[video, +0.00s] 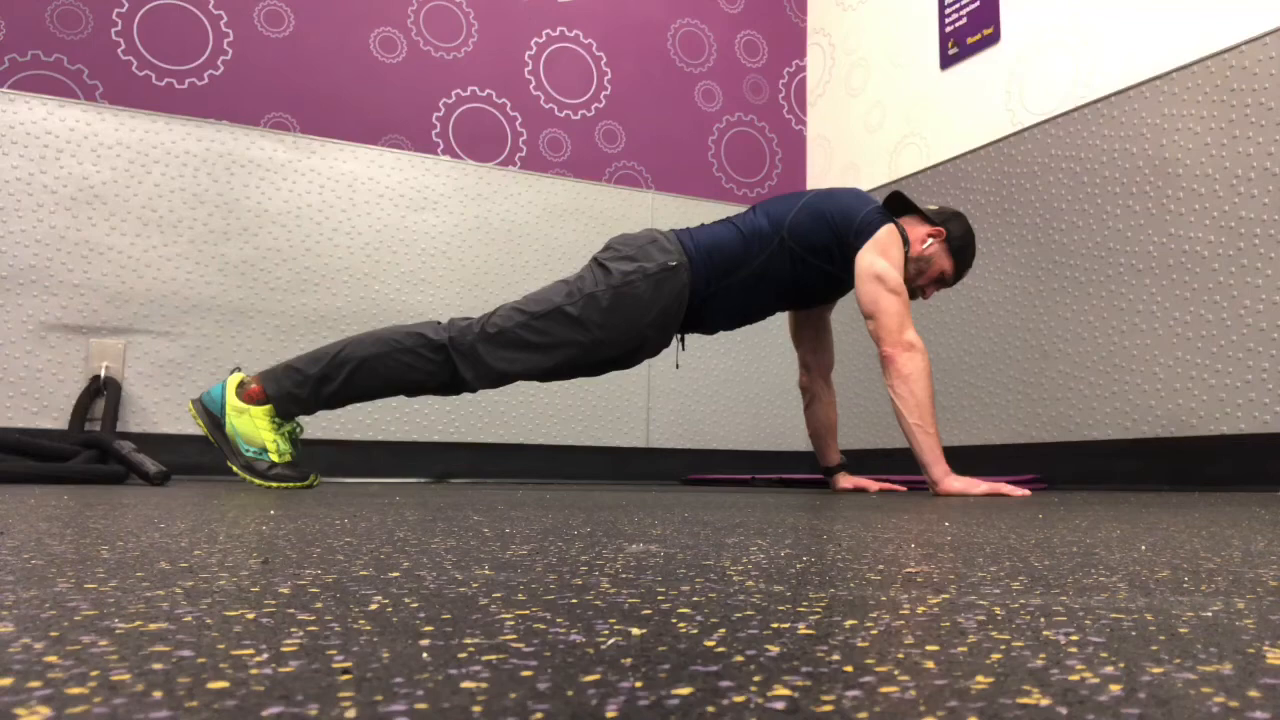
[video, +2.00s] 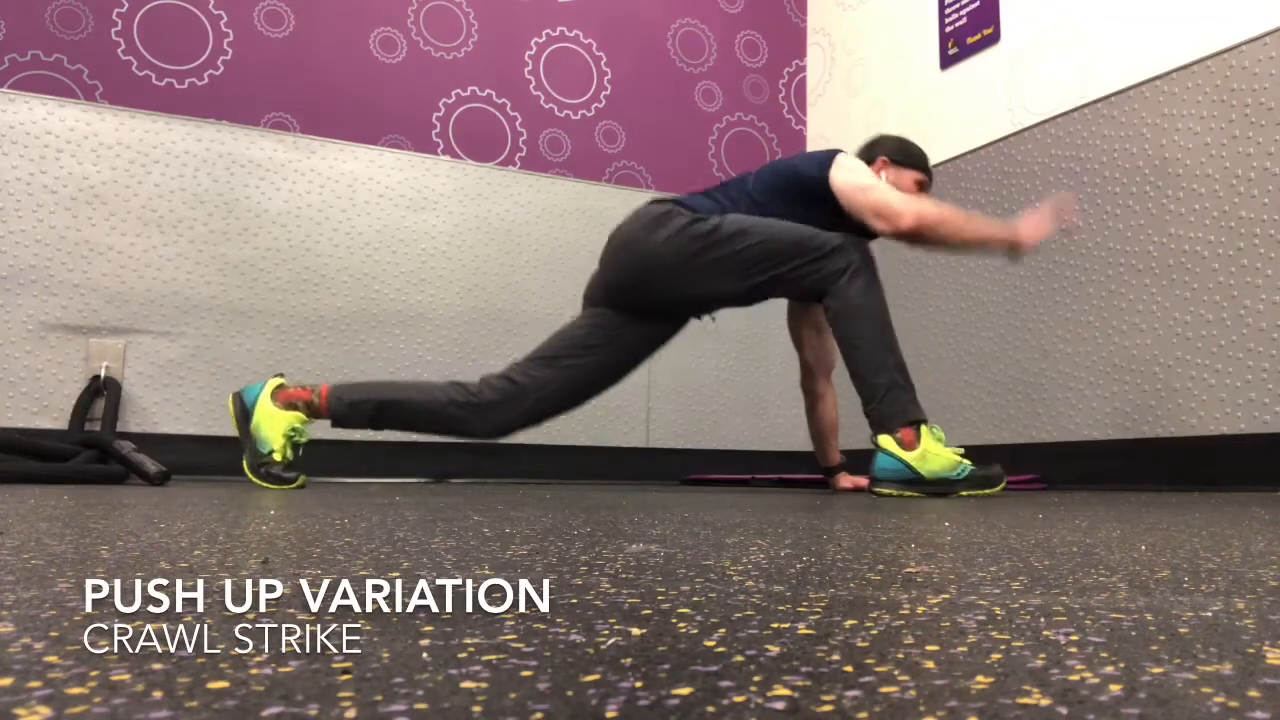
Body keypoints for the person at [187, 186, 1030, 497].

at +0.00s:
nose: (918, 290)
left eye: (930, 284)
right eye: (931, 271)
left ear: (911, 241)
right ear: (923, 232)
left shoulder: (834, 246)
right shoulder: (877, 224)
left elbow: (816, 368)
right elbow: (899, 344)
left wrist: (834, 470)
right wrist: (940, 473)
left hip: (654, 294)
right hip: (652, 283)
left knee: (473, 348)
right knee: (470, 350)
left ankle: (275, 398)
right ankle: (257, 397)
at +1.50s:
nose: (915, 299)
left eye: (927, 294)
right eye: (926, 282)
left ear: (907, 259)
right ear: (919, 245)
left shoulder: (830, 257)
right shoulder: (876, 227)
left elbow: (804, 374)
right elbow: (899, 346)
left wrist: (834, 470)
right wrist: (940, 473)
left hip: (658, 280)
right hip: (658, 262)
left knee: (496, 366)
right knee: (496, 367)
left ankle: (289, 387)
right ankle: (280, 382)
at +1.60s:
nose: (909, 304)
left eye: (921, 298)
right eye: (919, 287)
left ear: (904, 260)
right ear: (910, 249)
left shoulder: (829, 259)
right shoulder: (868, 233)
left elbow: (805, 376)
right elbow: (892, 348)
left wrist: (833, 469)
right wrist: (941, 471)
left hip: (637, 255)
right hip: (651, 231)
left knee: (499, 350)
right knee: (594, 378)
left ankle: (284, 400)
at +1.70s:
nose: (896, 297)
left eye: (908, 292)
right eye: (903, 280)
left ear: (896, 255)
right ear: (893, 241)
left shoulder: (818, 258)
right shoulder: (852, 225)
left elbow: (804, 375)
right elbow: (889, 340)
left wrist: (830, 466)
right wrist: (944, 459)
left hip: (629, 232)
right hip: (646, 203)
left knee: (492, 351)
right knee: (749, 302)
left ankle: (283, 403)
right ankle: (586, 399)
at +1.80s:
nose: (905, 266)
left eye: (914, 259)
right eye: (908, 245)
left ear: (886, 241)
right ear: (886, 206)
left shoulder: (818, 241)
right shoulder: (840, 195)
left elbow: (845, 325)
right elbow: (896, 306)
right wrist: (984, 403)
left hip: (631, 245)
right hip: (645, 201)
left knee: (501, 366)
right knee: (809, 254)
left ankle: (285, 405)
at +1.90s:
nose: (915, 232)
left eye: (923, 224)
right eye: (916, 213)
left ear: (889, 207)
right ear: (888, 181)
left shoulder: (816, 251)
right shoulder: (844, 175)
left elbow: (816, 361)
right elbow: (909, 256)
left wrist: (834, 467)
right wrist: (1007, 319)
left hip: (636, 267)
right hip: (649, 224)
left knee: (495, 390)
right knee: (833, 263)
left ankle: (286, 405)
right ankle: (913, 440)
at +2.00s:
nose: (914, 204)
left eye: (917, 196)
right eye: (910, 188)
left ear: (873, 181)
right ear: (882, 166)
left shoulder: (815, 241)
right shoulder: (836, 169)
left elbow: (818, 355)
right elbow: (912, 218)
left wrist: (832, 463)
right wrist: (1011, 234)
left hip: (649, 284)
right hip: (662, 240)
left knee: (495, 407)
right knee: (846, 255)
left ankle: (292, 404)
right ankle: (916, 440)